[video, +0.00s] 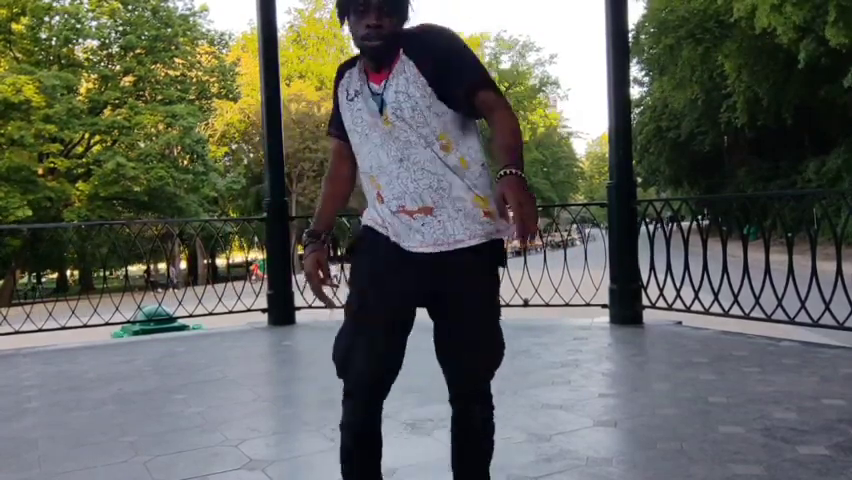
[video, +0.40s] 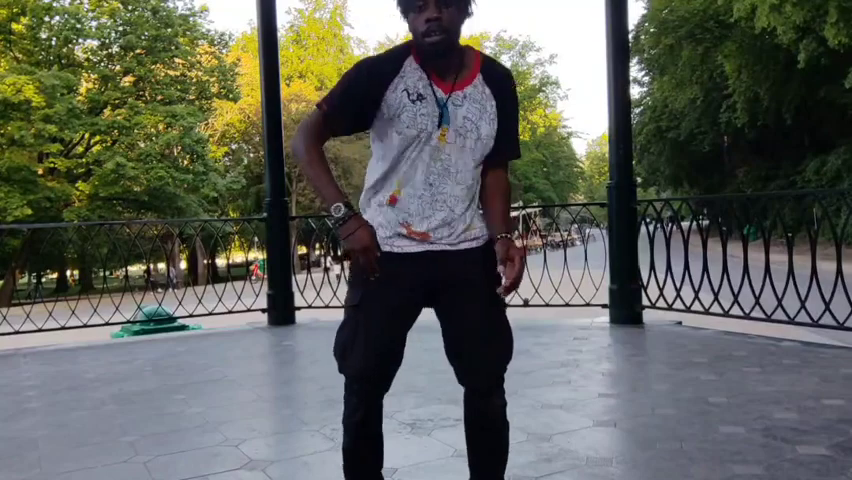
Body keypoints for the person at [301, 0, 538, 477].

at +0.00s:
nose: (372, 20)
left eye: (384, 10)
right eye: (360, 11)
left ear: (403, 14)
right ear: (346, 20)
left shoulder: (435, 44)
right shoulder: (347, 80)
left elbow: (498, 112)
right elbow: (343, 161)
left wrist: (511, 174)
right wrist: (319, 235)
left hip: (467, 248)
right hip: (387, 249)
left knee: (470, 391)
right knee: (361, 387)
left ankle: (472, 478)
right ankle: (360, 477)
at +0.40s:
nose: (431, 15)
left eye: (443, 5)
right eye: (419, 7)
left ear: (464, 11)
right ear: (405, 15)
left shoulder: (496, 81)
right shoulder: (377, 74)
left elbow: (494, 167)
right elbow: (305, 140)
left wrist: (502, 236)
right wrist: (345, 217)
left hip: (467, 259)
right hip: (388, 259)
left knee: (486, 386)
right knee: (363, 386)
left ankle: (488, 479)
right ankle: (363, 478)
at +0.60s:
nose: (465, 15)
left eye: (478, 4)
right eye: (453, 6)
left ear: (500, 10)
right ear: (439, 15)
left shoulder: (525, 65)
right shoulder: (413, 84)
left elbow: (531, 155)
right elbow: (333, 147)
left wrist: (518, 239)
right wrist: (346, 229)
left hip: (478, 259)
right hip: (401, 255)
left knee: (489, 393)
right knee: (383, 383)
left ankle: (487, 479)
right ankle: (347, 476)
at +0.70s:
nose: (463, 10)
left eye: (475, 0)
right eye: (451, 3)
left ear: (497, 8)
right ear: (439, 13)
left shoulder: (526, 57)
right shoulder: (418, 88)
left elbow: (545, 140)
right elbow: (348, 166)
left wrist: (536, 230)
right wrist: (348, 241)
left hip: (497, 253)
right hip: (423, 249)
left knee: (504, 388)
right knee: (399, 375)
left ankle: (492, 478)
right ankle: (376, 474)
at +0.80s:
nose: (455, 10)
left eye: (466, 0)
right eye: (443, 2)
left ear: (487, 6)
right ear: (431, 10)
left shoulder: (516, 45)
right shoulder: (407, 93)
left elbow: (554, 128)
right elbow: (374, 176)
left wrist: (556, 215)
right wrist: (362, 254)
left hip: (516, 250)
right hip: (441, 250)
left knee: (520, 387)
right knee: (436, 379)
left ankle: (499, 476)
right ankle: (419, 473)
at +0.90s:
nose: (454, 10)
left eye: (467, 1)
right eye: (444, 2)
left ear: (486, 7)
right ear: (430, 8)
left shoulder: (510, 42)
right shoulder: (403, 86)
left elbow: (557, 122)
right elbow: (396, 176)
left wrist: (580, 203)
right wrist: (384, 258)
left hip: (525, 246)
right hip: (447, 252)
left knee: (555, 356)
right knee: (452, 379)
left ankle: (529, 472)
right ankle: (447, 474)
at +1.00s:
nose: (462, 11)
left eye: (474, 3)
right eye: (451, 2)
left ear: (490, 8)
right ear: (434, 7)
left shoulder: (513, 47)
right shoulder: (408, 73)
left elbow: (563, 121)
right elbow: (403, 166)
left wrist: (602, 197)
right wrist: (406, 244)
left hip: (512, 247)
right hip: (441, 251)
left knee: (545, 373)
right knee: (445, 380)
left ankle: (568, 473)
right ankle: (447, 473)